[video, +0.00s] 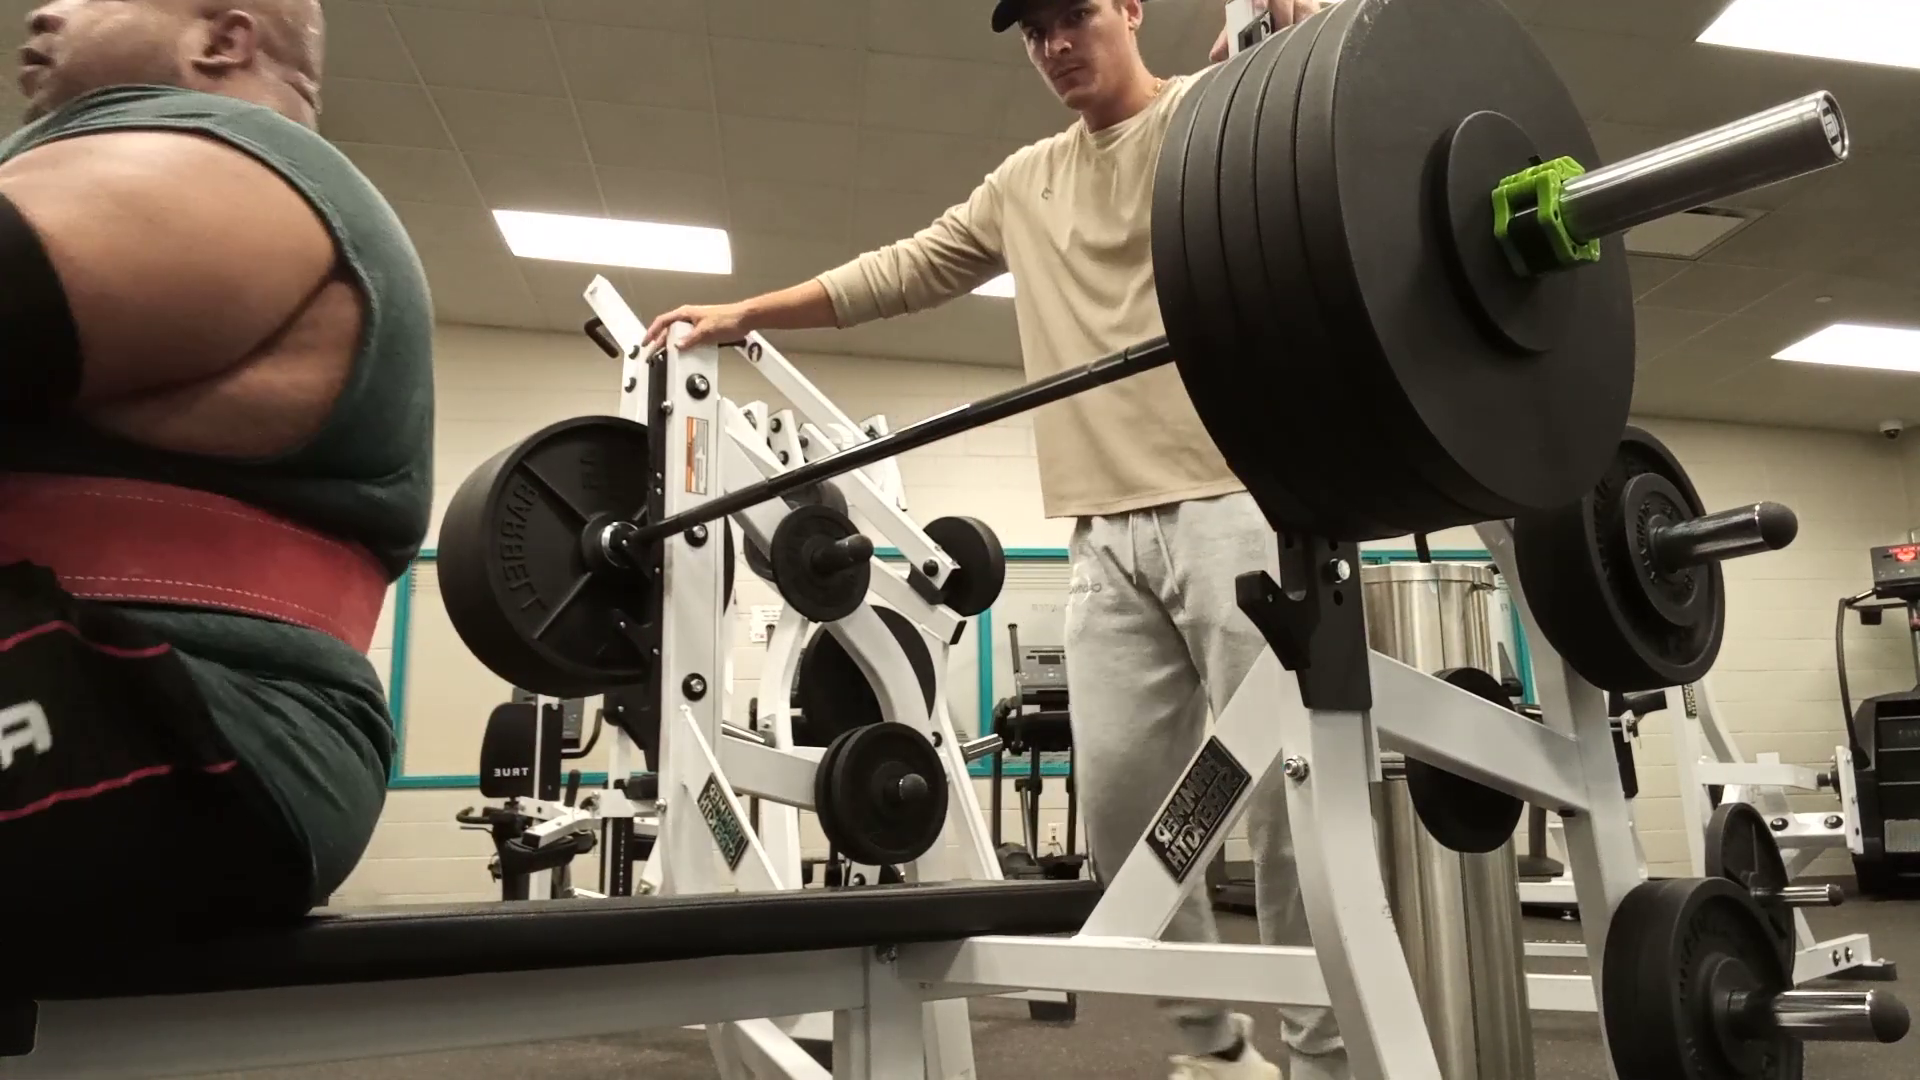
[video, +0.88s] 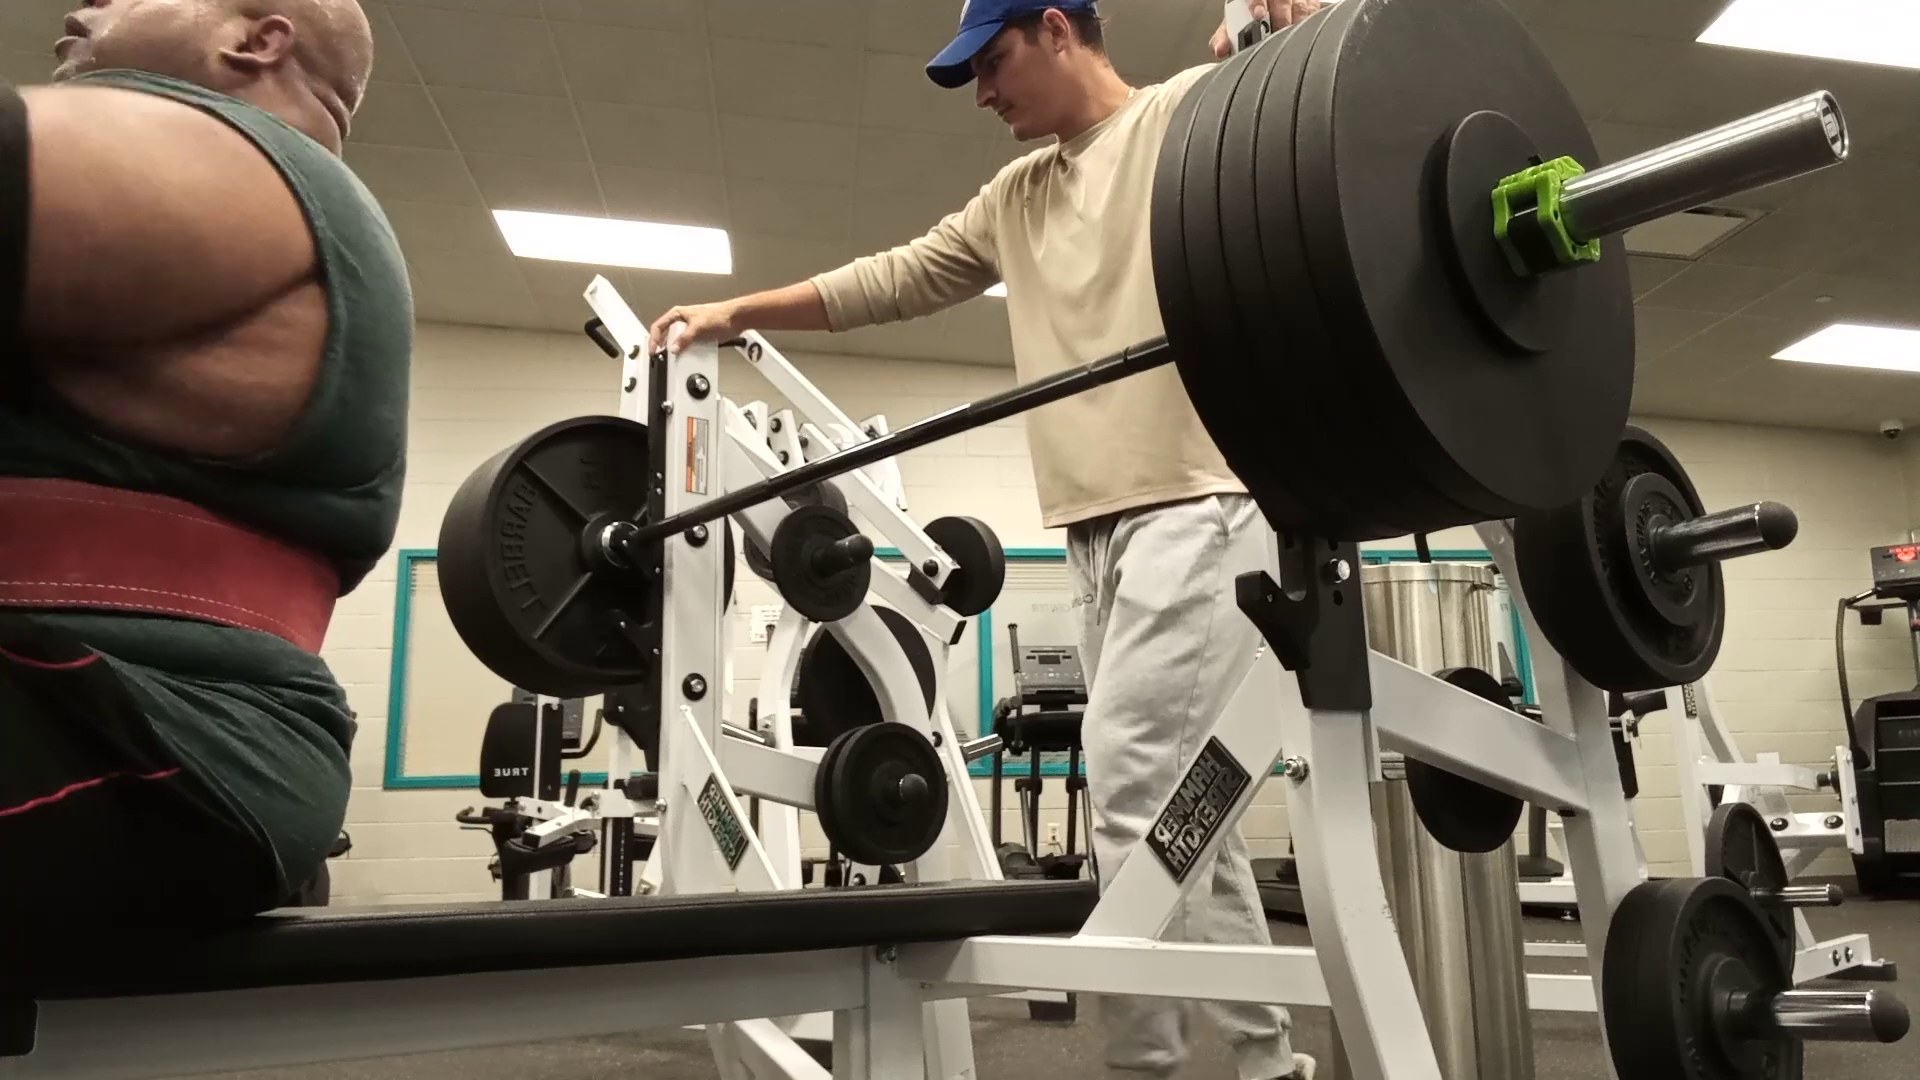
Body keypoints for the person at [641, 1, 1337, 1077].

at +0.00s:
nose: (1053, 48)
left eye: (1069, 21)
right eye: (1034, 34)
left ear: (1128, 14)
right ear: (1025, 51)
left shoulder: (1216, 108)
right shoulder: (1023, 179)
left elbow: (1327, 153)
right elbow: (905, 268)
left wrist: (1295, 46)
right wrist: (742, 311)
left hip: (1230, 506)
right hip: (1104, 528)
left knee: (1275, 799)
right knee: (1124, 804)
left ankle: (1321, 1046)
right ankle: (1207, 1042)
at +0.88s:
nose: (984, 93)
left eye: (992, 63)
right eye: (974, 77)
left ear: (1061, 28)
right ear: (1005, 75)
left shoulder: (1191, 102)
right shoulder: (1012, 195)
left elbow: (1323, 111)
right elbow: (899, 276)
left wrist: (1293, 38)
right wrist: (736, 309)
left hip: (1206, 506)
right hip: (1097, 530)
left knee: (1126, 774)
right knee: (1176, 799)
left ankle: (1144, 1057)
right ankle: (1261, 1056)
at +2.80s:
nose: (999, 84)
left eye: (1013, 54)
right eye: (985, 68)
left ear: (1079, 24)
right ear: (982, 74)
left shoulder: (1187, 101)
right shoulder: (1005, 192)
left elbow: (1317, 111)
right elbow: (892, 278)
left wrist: (1292, 37)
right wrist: (734, 314)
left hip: (1200, 509)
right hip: (1090, 532)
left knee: (1126, 793)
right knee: (1174, 805)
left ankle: (1102, 1064)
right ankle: (1265, 1060)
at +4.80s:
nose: (973, 112)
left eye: (983, 85)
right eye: (966, 92)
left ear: (1053, 47)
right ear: (1024, 64)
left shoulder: (1185, 102)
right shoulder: (1005, 195)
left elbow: (1315, 112)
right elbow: (894, 280)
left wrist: (1291, 38)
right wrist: (735, 314)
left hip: (1200, 511)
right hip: (1091, 535)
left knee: (1129, 794)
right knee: (1174, 804)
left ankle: (1102, 1064)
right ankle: (1266, 1060)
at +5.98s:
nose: (974, 115)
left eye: (983, 88)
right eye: (968, 95)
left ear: (1051, 48)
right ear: (1026, 65)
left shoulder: (1184, 103)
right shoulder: (1005, 194)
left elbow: (1314, 113)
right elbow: (897, 280)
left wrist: (1292, 36)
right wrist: (735, 314)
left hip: (1201, 511)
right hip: (1091, 534)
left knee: (1129, 794)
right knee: (1174, 804)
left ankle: (1100, 1064)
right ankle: (1265, 1060)